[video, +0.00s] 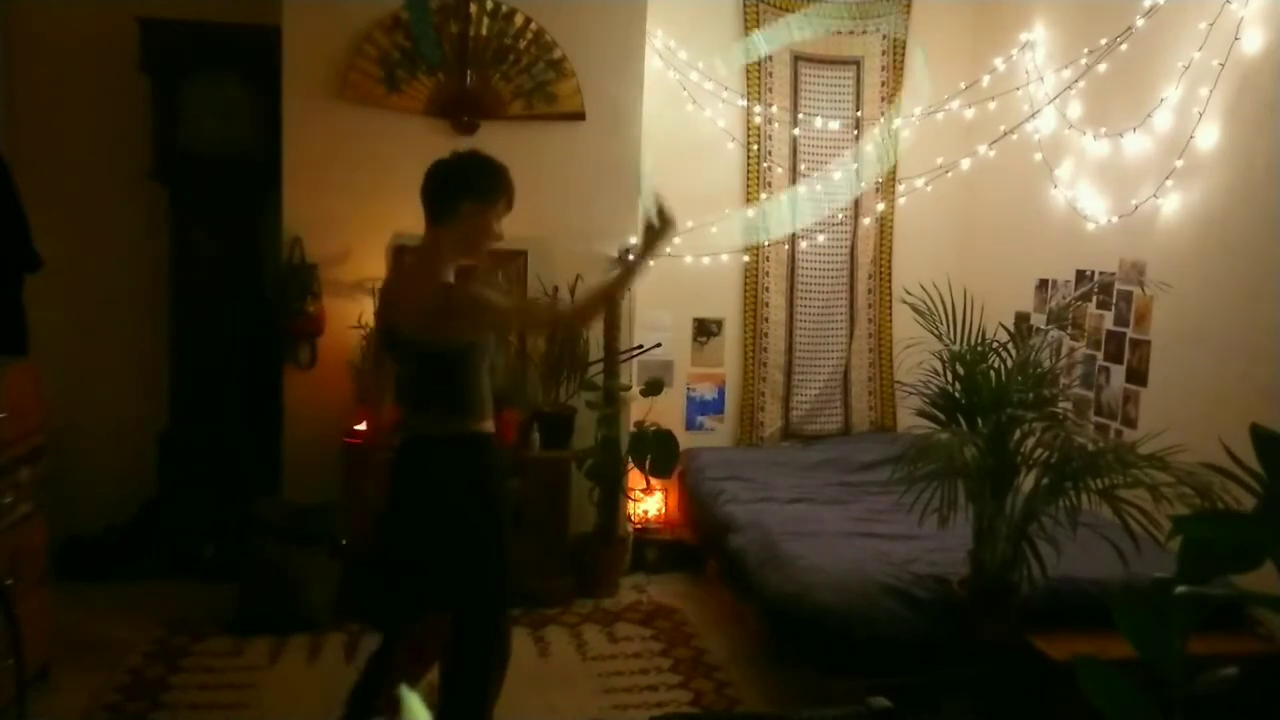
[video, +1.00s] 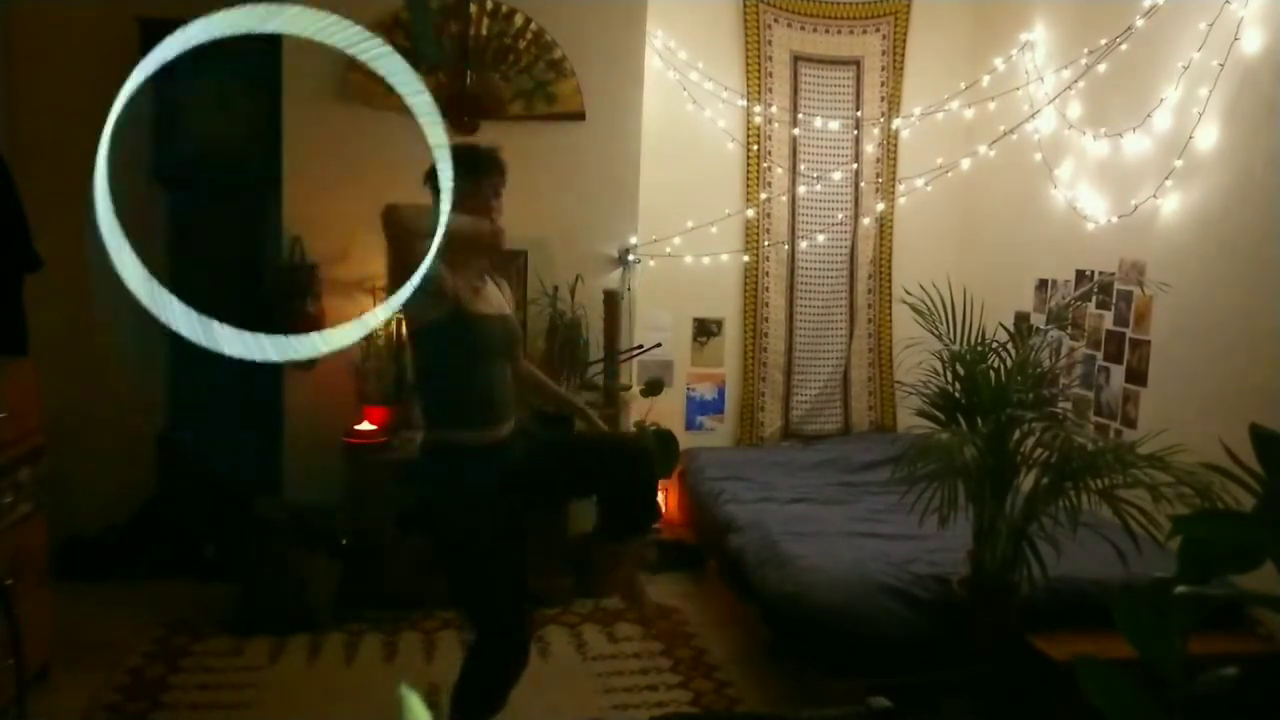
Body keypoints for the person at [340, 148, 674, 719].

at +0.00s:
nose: (500, 229)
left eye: (501, 215)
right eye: (495, 213)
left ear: (445, 210)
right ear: (462, 210)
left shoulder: (414, 284)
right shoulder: (437, 287)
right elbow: (563, 320)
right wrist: (641, 256)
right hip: (451, 469)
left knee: (414, 626)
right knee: (478, 633)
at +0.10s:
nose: (506, 231)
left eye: (506, 216)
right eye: (499, 215)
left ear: (459, 215)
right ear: (461, 212)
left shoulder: (438, 290)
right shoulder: (436, 297)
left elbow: (506, 380)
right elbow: (519, 389)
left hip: (459, 475)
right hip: (455, 479)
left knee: (461, 635)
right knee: (479, 649)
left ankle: (421, 706)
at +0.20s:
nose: (507, 224)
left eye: (506, 210)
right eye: (496, 210)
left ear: (466, 216)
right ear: (458, 213)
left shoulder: (465, 290)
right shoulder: (436, 300)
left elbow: (480, 403)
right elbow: (448, 425)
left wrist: (533, 426)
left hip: (476, 477)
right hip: (451, 485)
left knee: (485, 654)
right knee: (475, 664)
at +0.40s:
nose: (487, 207)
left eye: (492, 194)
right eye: (472, 196)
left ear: (499, 201)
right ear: (442, 204)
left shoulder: (495, 278)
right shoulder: (425, 284)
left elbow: (498, 360)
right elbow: (390, 380)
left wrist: (546, 413)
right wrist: (464, 382)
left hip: (491, 452)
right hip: (447, 461)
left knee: (490, 602)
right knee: (477, 607)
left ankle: (473, 705)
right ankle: (466, 708)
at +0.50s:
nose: (478, 194)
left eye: (482, 180)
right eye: (463, 181)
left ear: (488, 186)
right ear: (438, 190)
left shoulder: (492, 274)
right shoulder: (420, 273)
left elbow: (518, 356)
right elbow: (371, 333)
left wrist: (581, 405)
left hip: (493, 456)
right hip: (446, 459)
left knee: (489, 612)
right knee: (485, 615)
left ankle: (458, 706)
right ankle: (456, 708)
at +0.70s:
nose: (477, 204)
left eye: (485, 191)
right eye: (461, 191)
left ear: (497, 200)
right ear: (431, 200)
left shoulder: (497, 283)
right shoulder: (415, 283)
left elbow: (533, 359)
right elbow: (349, 242)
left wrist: (613, 401)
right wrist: (441, 257)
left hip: (512, 455)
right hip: (451, 466)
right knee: (496, 639)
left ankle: (611, 577)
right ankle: (454, 714)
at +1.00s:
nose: (495, 212)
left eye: (499, 198)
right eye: (485, 199)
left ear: (498, 204)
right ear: (450, 201)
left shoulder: (491, 281)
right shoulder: (422, 281)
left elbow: (517, 367)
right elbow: (397, 215)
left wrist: (577, 407)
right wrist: (478, 231)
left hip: (517, 451)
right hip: (461, 468)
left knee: (631, 459)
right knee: (505, 638)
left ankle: (607, 568)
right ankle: (462, 714)